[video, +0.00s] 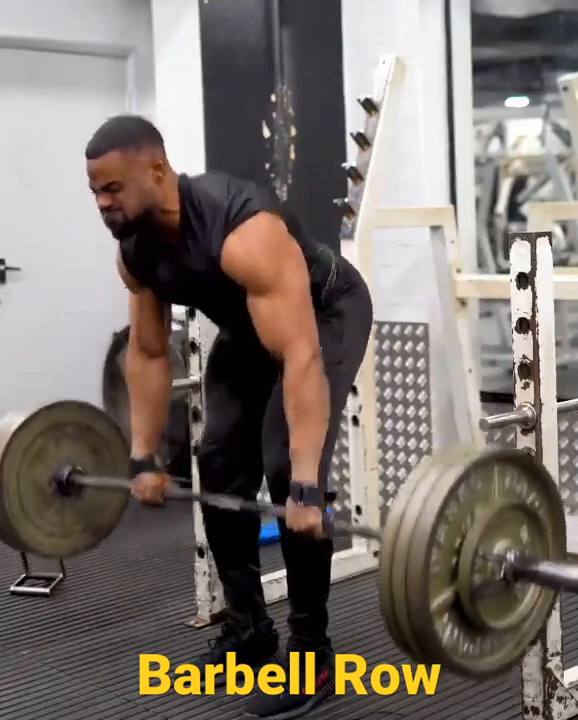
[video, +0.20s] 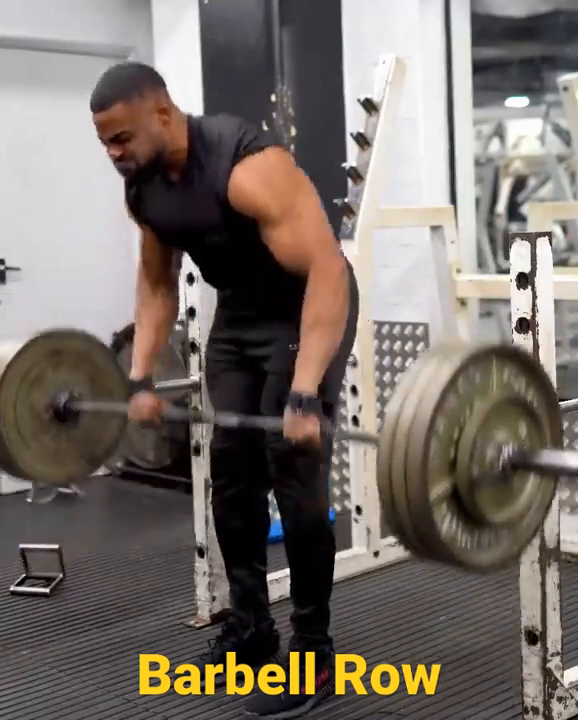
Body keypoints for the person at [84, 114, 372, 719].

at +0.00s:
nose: (103, 205)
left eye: (112, 188)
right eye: (96, 192)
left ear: (158, 169)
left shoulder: (246, 232)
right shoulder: (138, 253)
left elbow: (302, 356)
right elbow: (147, 352)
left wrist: (306, 485)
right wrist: (145, 455)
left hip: (325, 311)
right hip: (246, 323)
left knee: (290, 472)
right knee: (220, 467)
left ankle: (309, 649)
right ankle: (247, 628)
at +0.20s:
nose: (113, 154)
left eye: (121, 137)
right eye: (106, 142)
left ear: (166, 111)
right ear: (106, 134)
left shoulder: (251, 165)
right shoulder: (147, 188)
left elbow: (329, 269)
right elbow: (156, 285)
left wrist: (304, 392)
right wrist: (140, 376)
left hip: (305, 318)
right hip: (237, 324)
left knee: (296, 471)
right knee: (232, 468)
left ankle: (311, 649)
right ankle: (249, 625)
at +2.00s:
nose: (105, 210)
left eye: (113, 194)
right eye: (98, 198)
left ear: (159, 171)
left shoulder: (252, 232)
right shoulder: (140, 250)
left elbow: (305, 356)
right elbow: (149, 354)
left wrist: (308, 485)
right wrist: (147, 459)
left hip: (330, 309)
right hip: (249, 322)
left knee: (300, 476)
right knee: (221, 468)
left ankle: (310, 649)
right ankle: (247, 627)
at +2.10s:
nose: (110, 188)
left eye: (118, 172)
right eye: (103, 177)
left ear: (162, 146)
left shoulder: (254, 204)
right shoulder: (144, 224)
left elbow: (317, 318)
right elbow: (152, 324)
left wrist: (307, 451)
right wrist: (145, 429)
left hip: (324, 306)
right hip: (249, 320)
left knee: (306, 476)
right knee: (226, 472)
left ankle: (312, 649)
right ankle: (248, 627)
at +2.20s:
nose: (126, 152)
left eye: (133, 136)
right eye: (118, 141)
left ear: (174, 106)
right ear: (121, 129)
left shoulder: (261, 155)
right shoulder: (154, 180)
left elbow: (335, 265)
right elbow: (159, 278)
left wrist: (308, 383)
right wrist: (144, 370)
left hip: (307, 322)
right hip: (237, 327)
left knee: (303, 484)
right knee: (229, 484)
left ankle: (313, 651)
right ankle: (248, 629)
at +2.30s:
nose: (131, 133)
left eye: (138, 116)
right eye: (122, 122)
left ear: (178, 85)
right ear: (124, 111)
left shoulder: (264, 132)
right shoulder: (154, 158)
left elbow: (347, 230)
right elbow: (161, 247)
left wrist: (309, 340)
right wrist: (146, 332)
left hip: (305, 315)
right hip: (234, 319)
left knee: (306, 482)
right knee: (234, 481)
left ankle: (314, 653)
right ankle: (248, 632)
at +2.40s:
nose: (124, 139)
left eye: (129, 121)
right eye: (115, 128)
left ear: (170, 89)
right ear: (115, 115)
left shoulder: (257, 126)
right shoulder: (150, 153)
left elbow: (364, 196)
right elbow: (166, 216)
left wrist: (314, 293)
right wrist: (147, 288)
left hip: (302, 305)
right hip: (229, 307)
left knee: (295, 475)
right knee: (226, 478)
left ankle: (311, 652)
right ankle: (248, 632)